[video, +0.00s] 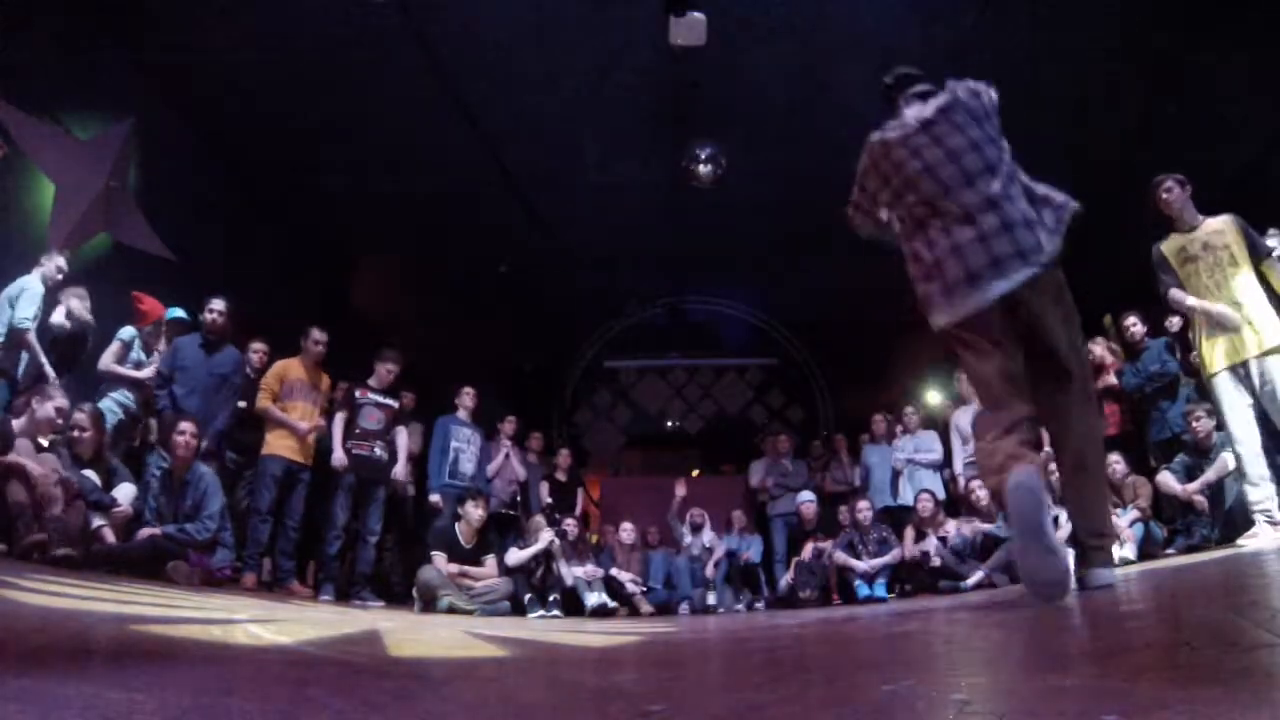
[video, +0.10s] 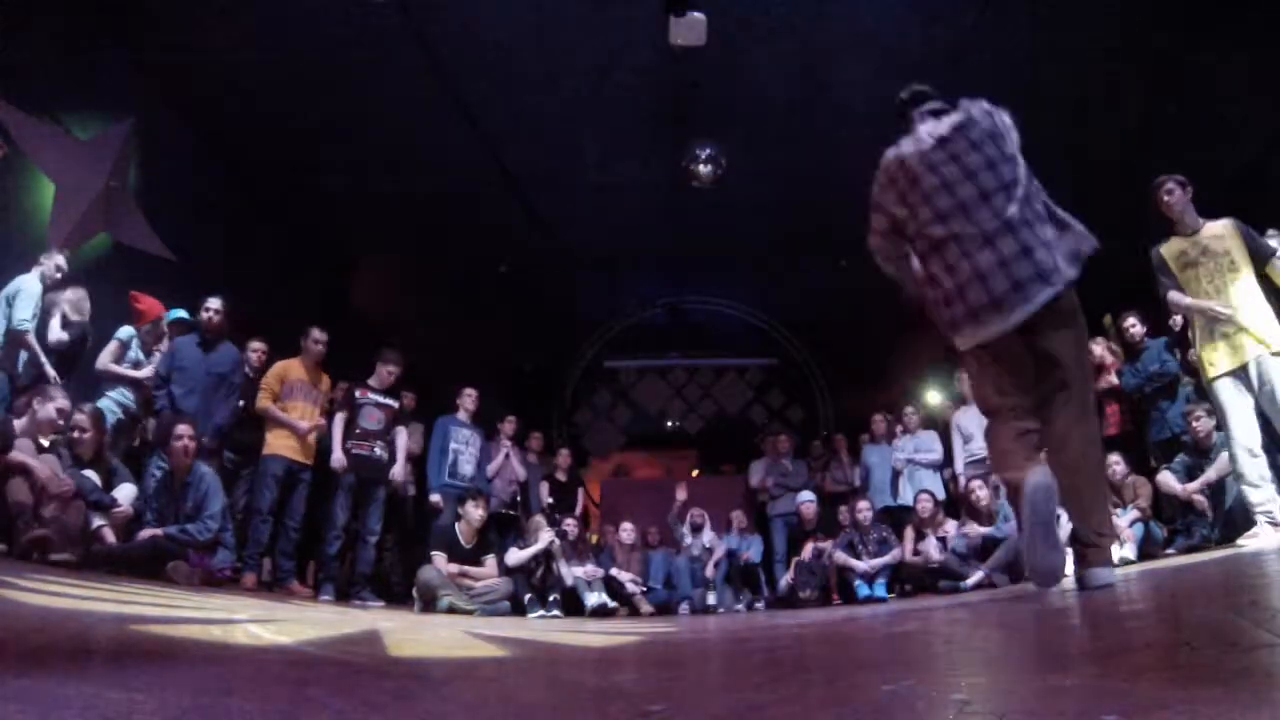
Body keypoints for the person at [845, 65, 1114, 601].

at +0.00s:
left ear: (890, 105)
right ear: (931, 84)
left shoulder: (881, 149)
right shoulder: (971, 97)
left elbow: (861, 217)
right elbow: (984, 98)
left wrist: (908, 234)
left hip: (958, 292)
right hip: (1029, 263)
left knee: (1002, 409)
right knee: (1071, 396)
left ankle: (1021, 484)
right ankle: (1095, 551)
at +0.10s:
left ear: (903, 123)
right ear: (944, 103)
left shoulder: (895, 168)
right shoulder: (988, 117)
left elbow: (883, 245)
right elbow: (1011, 155)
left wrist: (922, 287)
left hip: (972, 304)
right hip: (1042, 274)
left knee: (1007, 411)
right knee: (1070, 404)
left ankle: (1028, 479)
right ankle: (1094, 555)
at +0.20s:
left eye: (918, 130)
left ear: (910, 138)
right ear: (951, 119)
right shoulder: (991, 134)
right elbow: (1022, 175)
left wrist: (941, 332)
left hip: (981, 316)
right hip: (1047, 289)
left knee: (1010, 426)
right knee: (1071, 414)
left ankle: (1044, 523)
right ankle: (1094, 556)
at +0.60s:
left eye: (919, 201)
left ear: (917, 200)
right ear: (955, 185)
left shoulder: (920, 235)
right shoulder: (991, 205)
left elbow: (932, 314)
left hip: (989, 358)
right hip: (1036, 334)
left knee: (1017, 463)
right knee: (1062, 424)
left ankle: (1049, 565)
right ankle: (1090, 497)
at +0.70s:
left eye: (922, 218)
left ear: (919, 216)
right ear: (955, 203)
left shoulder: (922, 247)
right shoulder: (989, 221)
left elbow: (928, 315)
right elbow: (1003, 276)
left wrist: (940, 368)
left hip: (983, 369)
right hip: (1029, 349)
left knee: (1011, 470)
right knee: (1047, 443)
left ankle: (1053, 567)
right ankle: (1081, 486)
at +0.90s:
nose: (919, 247)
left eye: (918, 242)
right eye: (920, 241)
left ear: (920, 239)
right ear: (950, 231)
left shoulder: (921, 266)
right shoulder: (980, 251)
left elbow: (927, 331)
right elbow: (1002, 315)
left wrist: (927, 389)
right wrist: (1032, 367)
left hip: (972, 382)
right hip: (1012, 370)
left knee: (1004, 476)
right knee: (1022, 468)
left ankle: (1056, 558)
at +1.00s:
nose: (908, 254)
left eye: (910, 249)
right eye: (907, 249)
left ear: (916, 248)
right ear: (942, 242)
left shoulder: (915, 275)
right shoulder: (970, 260)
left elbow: (920, 334)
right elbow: (945, 271)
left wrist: (921, 388)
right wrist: (907, 267)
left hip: (967, 385)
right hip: (1004, 373)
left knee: (1005, 473)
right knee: (1001, 472)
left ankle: (1053, 559)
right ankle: (1008, 564)